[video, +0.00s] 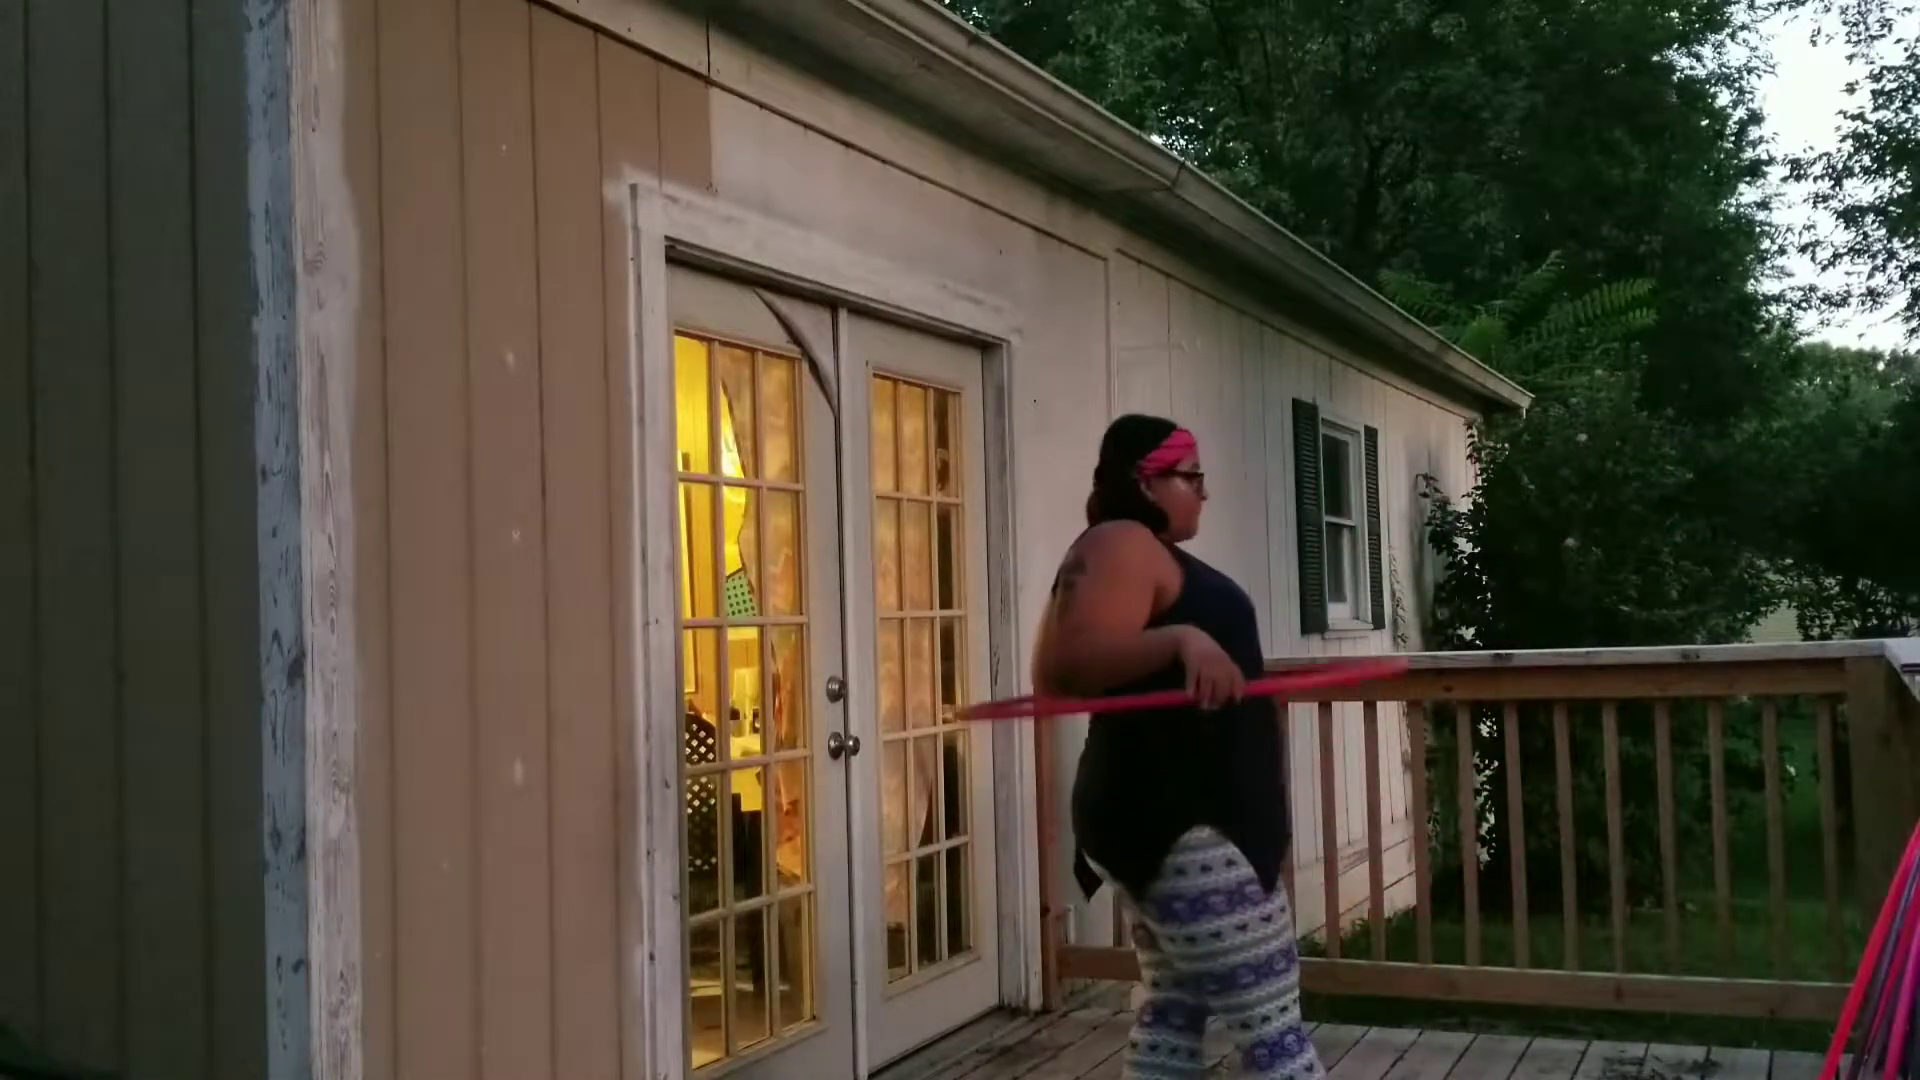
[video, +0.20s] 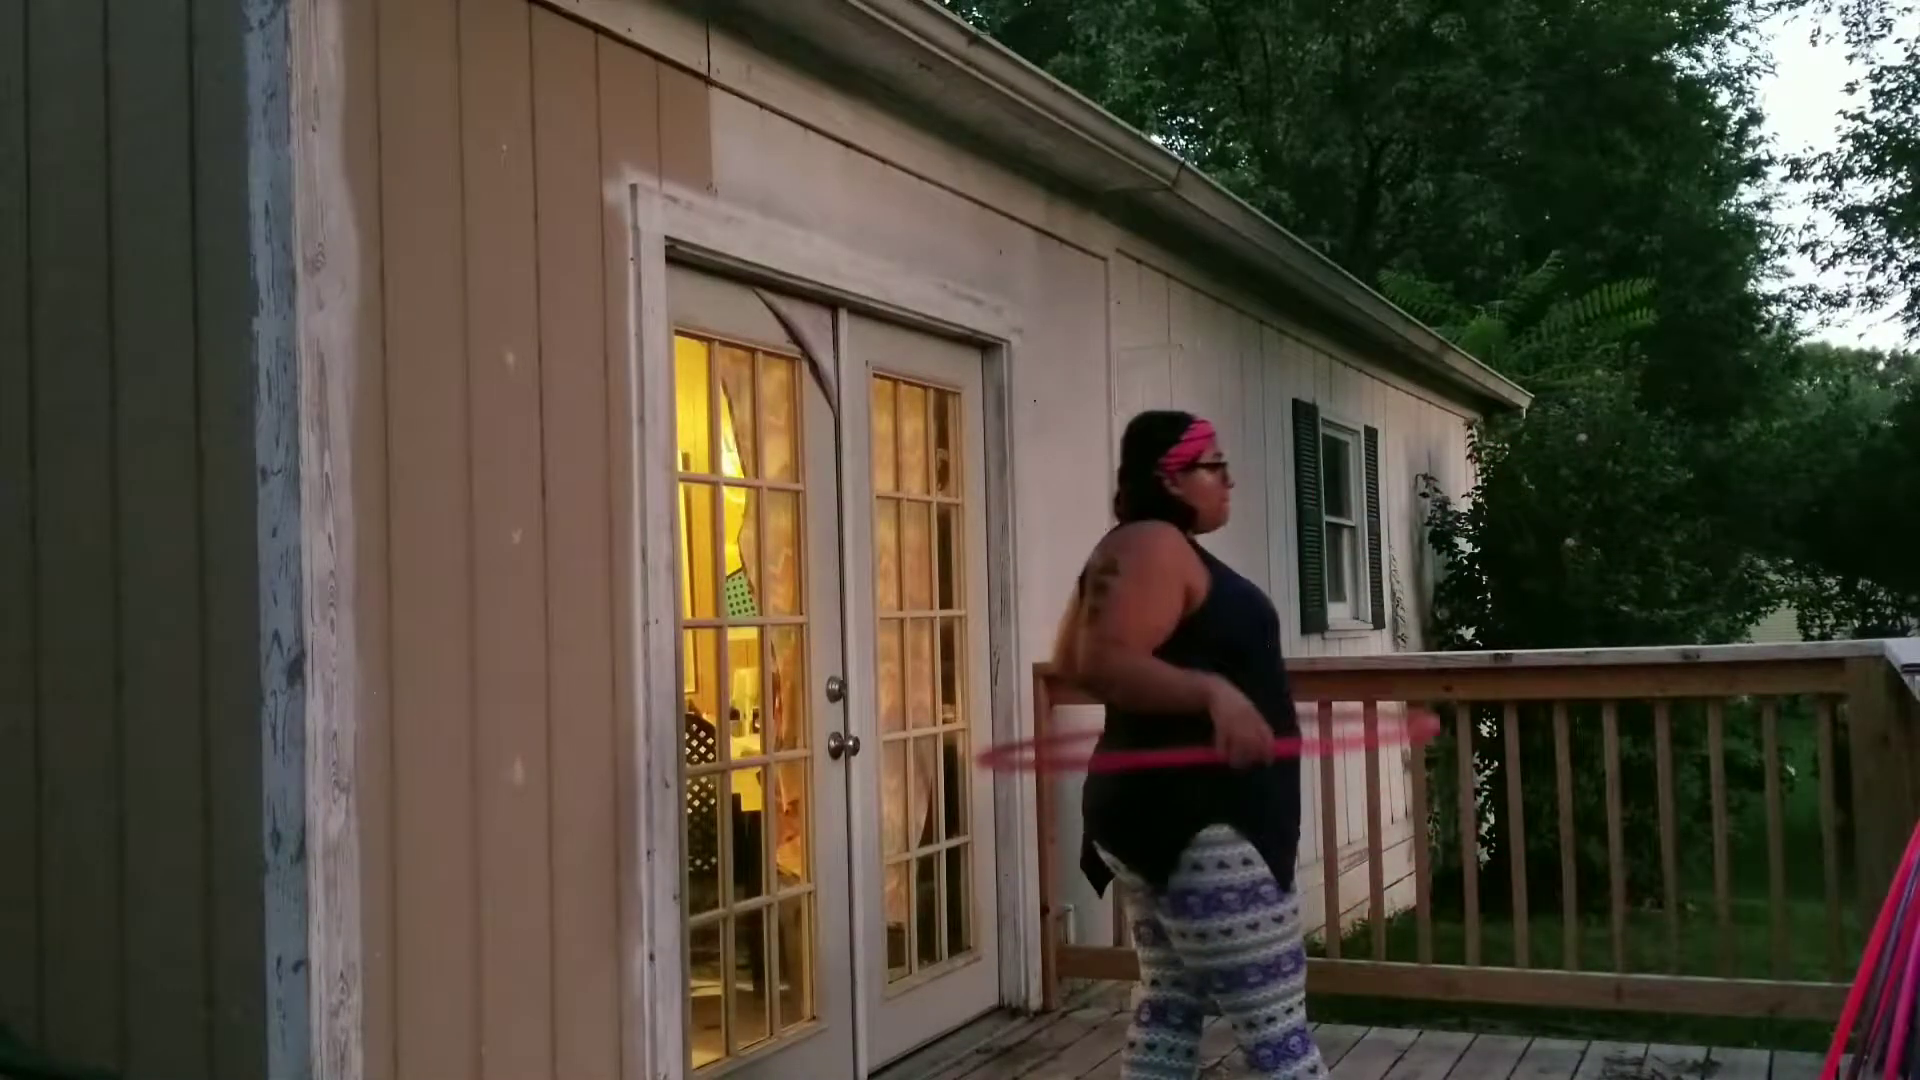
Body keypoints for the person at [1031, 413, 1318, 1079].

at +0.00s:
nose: (1203, 488)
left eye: (1200, 474)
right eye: (1191, 474)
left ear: (1145, 485)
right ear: (1147, 484)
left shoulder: (1115, 548)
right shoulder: (1124, 543)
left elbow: (1056, 671)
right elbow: (1067, 661)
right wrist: (1180, 640)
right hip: (1169, 809)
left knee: (1174, 995)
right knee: (1262, 983)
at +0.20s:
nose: (1228, 479)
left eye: (1224, 465)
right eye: (1213, 467)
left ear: (1168, 482)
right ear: (1172, 479)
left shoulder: (1118, 550)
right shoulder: (1155, 544)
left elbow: (1071, 665)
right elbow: (1103, 660)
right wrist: (1213, 692)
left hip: (1151, 810)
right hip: (1189, 810)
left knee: (1170, 1005)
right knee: (1270, 991)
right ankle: (1294, 1071)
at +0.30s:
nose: (1252, 480)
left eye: (1249, 466)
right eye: (1238, 468)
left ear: (1188, 482)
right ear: (1197, 480)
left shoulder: (1134, 552)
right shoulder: (1175, 549)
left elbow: (1098, 668)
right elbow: (1132, 671)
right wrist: (1235, 744)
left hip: (1157, 824)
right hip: (1208, 826)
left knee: (1165, 1015)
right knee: (1282, 1022)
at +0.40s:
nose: (1276, 483)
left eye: (1272, 469)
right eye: (1263, 470)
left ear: (1204, 483)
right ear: (1220, 481)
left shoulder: (1151, 557)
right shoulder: (1205, 554)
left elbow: (1131, 694)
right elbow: (1171, 683)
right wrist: (1257, 796)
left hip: (1163, 830)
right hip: (1231, 837)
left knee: (1157, 1022)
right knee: (1289, 1032)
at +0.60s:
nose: (1328, 497)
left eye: (1326, 481)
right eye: (1318, 480)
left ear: (1266, 484)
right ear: (1277, 485)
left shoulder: (1198, 560)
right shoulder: (1257, 565)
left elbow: (1183, 710)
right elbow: (1256, 710)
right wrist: (1282, 850)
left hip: (1178, 822)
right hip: (1243, 834)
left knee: (1168, 1014)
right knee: (1305, 1033)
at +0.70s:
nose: (1349, 503)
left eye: (1349, 487)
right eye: (1341, 486)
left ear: (1285, 486)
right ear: (1298, 485)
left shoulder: (1214, 558)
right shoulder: (1273, 564)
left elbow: (1197, 711)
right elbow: (1269, 709)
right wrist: (1296, 852)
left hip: (1186, 829)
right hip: (1259, 840)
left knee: (1173, 1028)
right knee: (1318, 1045)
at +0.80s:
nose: (1359, 509)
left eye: (1361, 494)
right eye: (1352, 491)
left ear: (1288, 487)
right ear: (1308, 486)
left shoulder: (1211, 557)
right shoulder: (1279, 561)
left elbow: (1179, 703)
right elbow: (1267, 701)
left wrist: (1165, 826)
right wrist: (1308, 846)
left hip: (1194, 828)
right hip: (1270, 839)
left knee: (1185, 1026)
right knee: (1326, 1044)